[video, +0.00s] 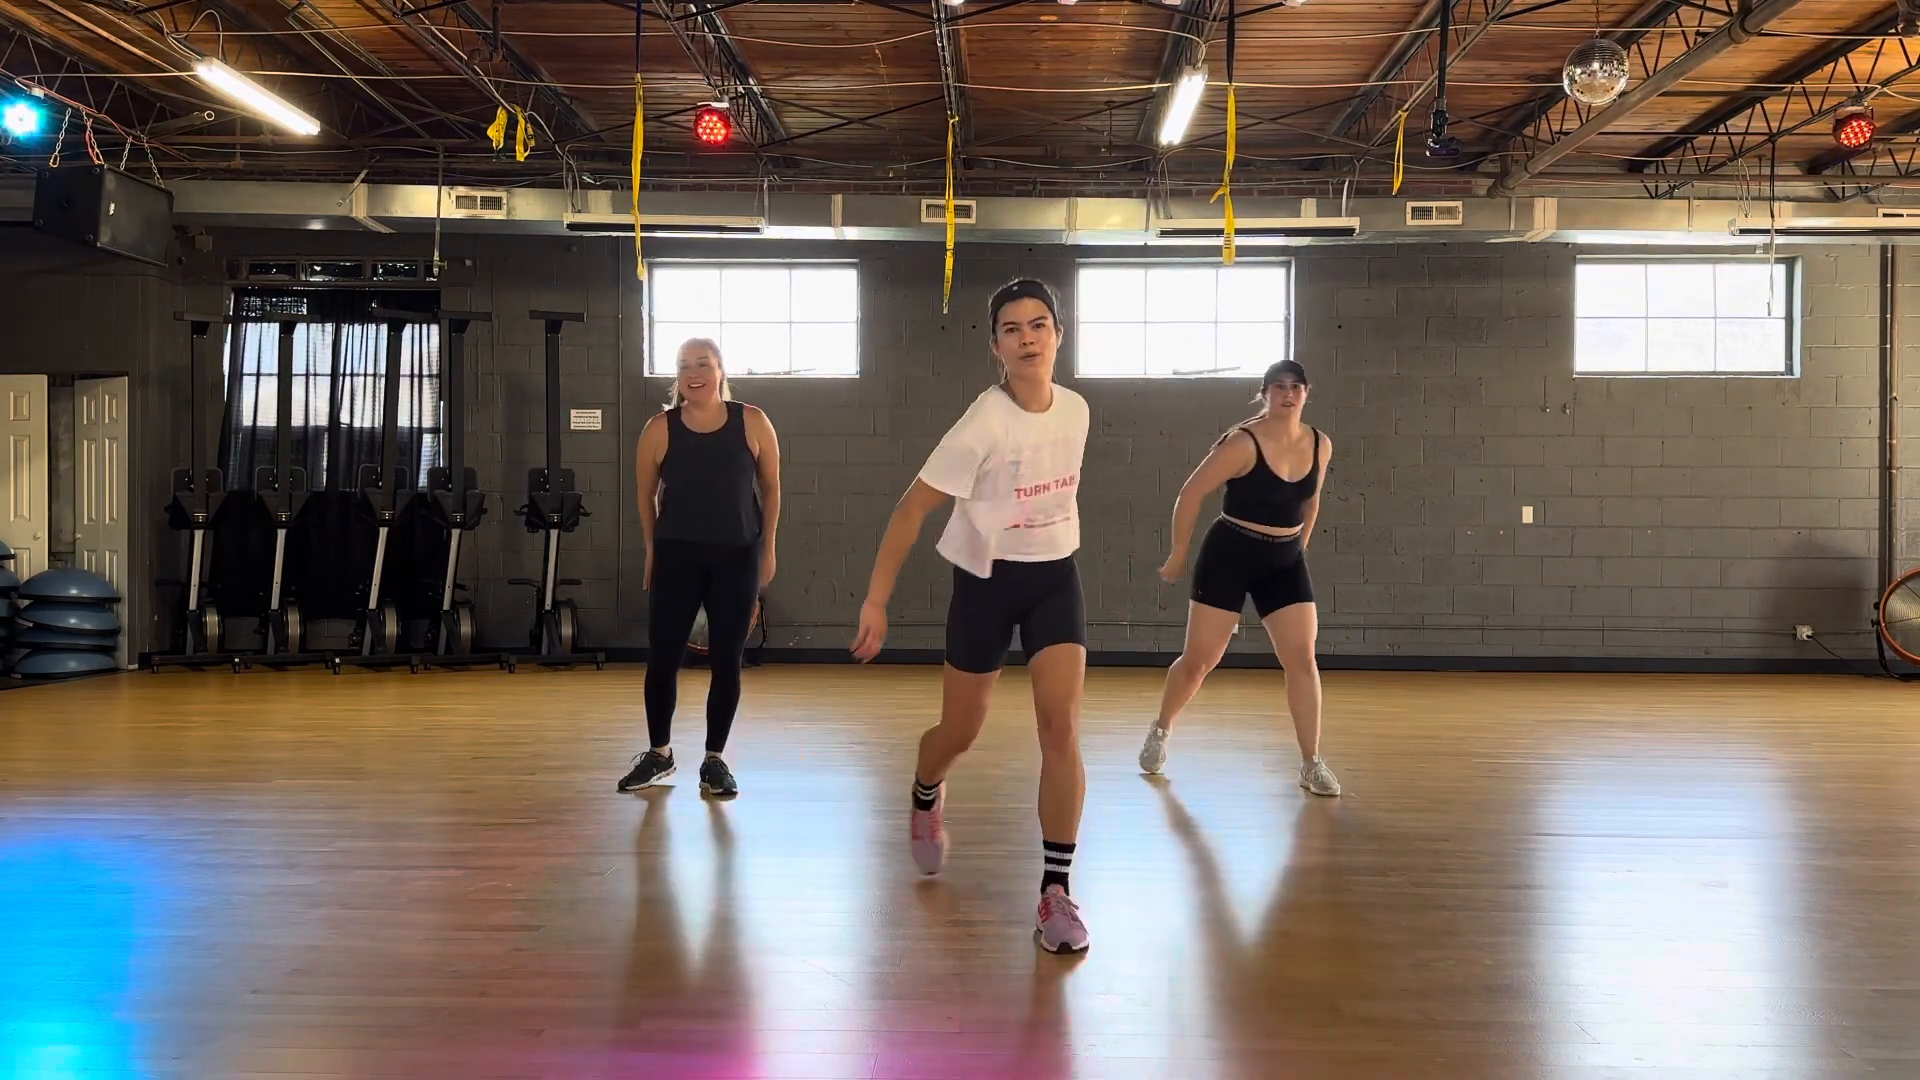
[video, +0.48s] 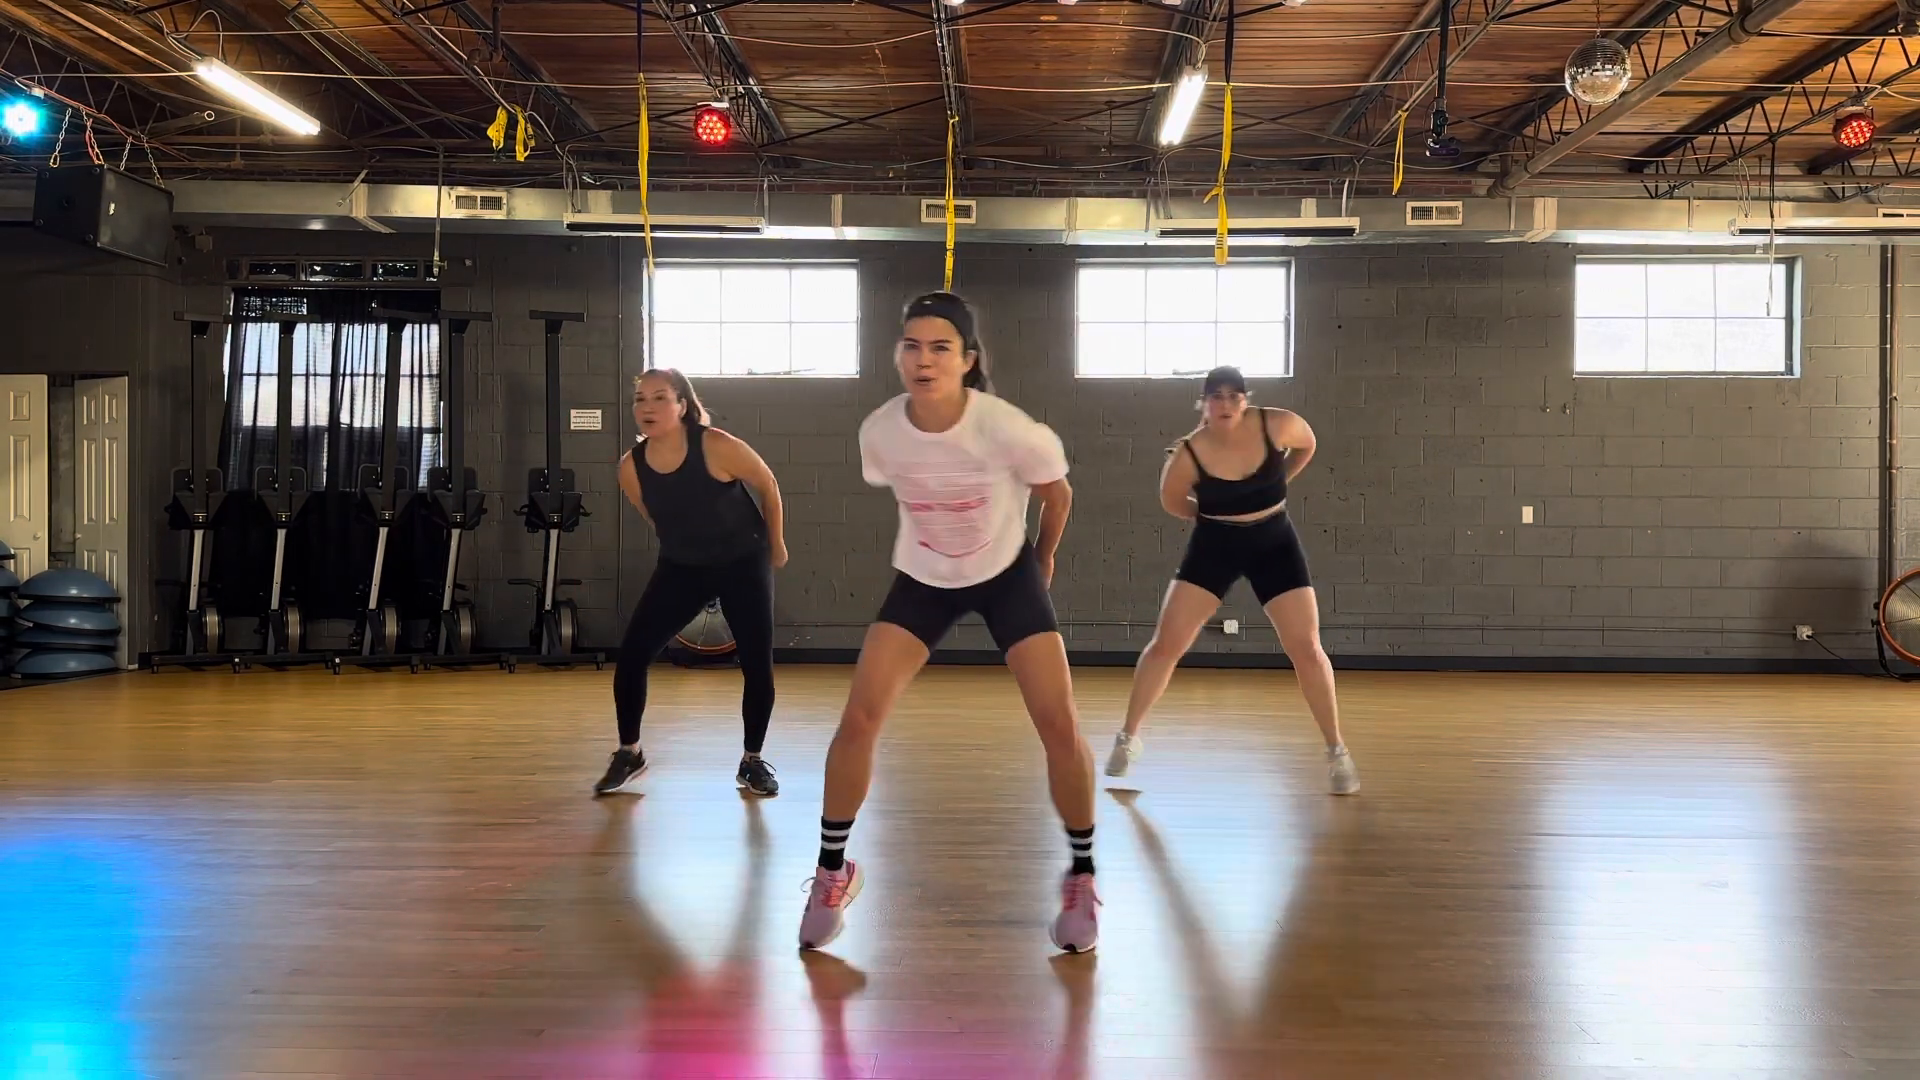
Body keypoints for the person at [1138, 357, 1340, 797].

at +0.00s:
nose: (1288, 392)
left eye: (1295, 386)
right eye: (1279, 386)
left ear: (1306, 394)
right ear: (1264, 395)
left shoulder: (1320, 446)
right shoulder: (1243, 443)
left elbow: (1311, 501)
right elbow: (1189, 494)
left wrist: (1299, 550)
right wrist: (1178, 553)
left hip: (1284, 558)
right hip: (1230, 553)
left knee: (1302, 660)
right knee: (1198, 661)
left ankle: (1312, 763)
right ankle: (1161, 731)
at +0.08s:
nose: (1296, 392)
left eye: (1304, 385)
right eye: (1288, 384)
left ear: (1316, 393)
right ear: (1274, 392)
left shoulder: (1325, 444)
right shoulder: (1252, 442)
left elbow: (1311, 495)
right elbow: (1194, 487)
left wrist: (1297, 535)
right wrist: (1191, 540)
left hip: (1289, 556)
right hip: (1236, 551)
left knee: (1308, 657)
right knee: (1202, 660)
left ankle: (1313, 761)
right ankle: (1161, 730)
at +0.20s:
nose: (1304, 408)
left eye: (1310, 401)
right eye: (1294, 402)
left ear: (1319, 409)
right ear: (1278, 412)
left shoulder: (1326, 454)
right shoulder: (1255, 460)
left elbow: (1295, 501)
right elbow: (1202, 504)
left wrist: (1257, 530)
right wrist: (1216, 542)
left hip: (1295, 561)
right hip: (1243, 561)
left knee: (1318, 664)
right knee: (1217, 675)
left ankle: (1311, 763)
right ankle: (1156, 746)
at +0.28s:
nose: (1292, 422)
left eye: (1298, 413)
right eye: (1281, 416)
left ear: (1310, 419)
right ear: (1267, 427)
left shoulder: (1322, 463)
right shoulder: (1248, 475)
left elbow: (1296, 514)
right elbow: (1206, 528)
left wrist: (1267, 549)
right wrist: (1237, 562)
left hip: (1297, 574)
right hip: (1243, 578)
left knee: (1321, 672)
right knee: (1225, 686)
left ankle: (1311, 764)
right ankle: (1162, 751)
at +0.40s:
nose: (1254, 410)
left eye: (1261, 401)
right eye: (1244, 403)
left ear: (1273, 406)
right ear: (1229, 412)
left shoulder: (1302, 438)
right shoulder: (1216, 464)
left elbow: (1300, 491)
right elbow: (1185, 518)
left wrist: (1270, 521)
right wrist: (1228, 538)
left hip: (1289, 556)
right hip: (1231, 559)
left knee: (1314, 660)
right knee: (1190, 663)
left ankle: (1316, 760)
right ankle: (1146, 745)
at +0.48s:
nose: (1222, 406)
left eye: (1230, 398)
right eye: (1214, 397)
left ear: (1244, 401)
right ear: (1203, 402)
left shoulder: (1278, 425)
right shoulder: (1189, 451)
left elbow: (1307, 446)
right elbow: (1172, 500)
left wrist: (1279, 483)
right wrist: (1213, 514)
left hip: (1273, 541)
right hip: (1215, 543)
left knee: (1307, 649)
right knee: (1165, 645)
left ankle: (1337, 750)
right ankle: (1127, 737)